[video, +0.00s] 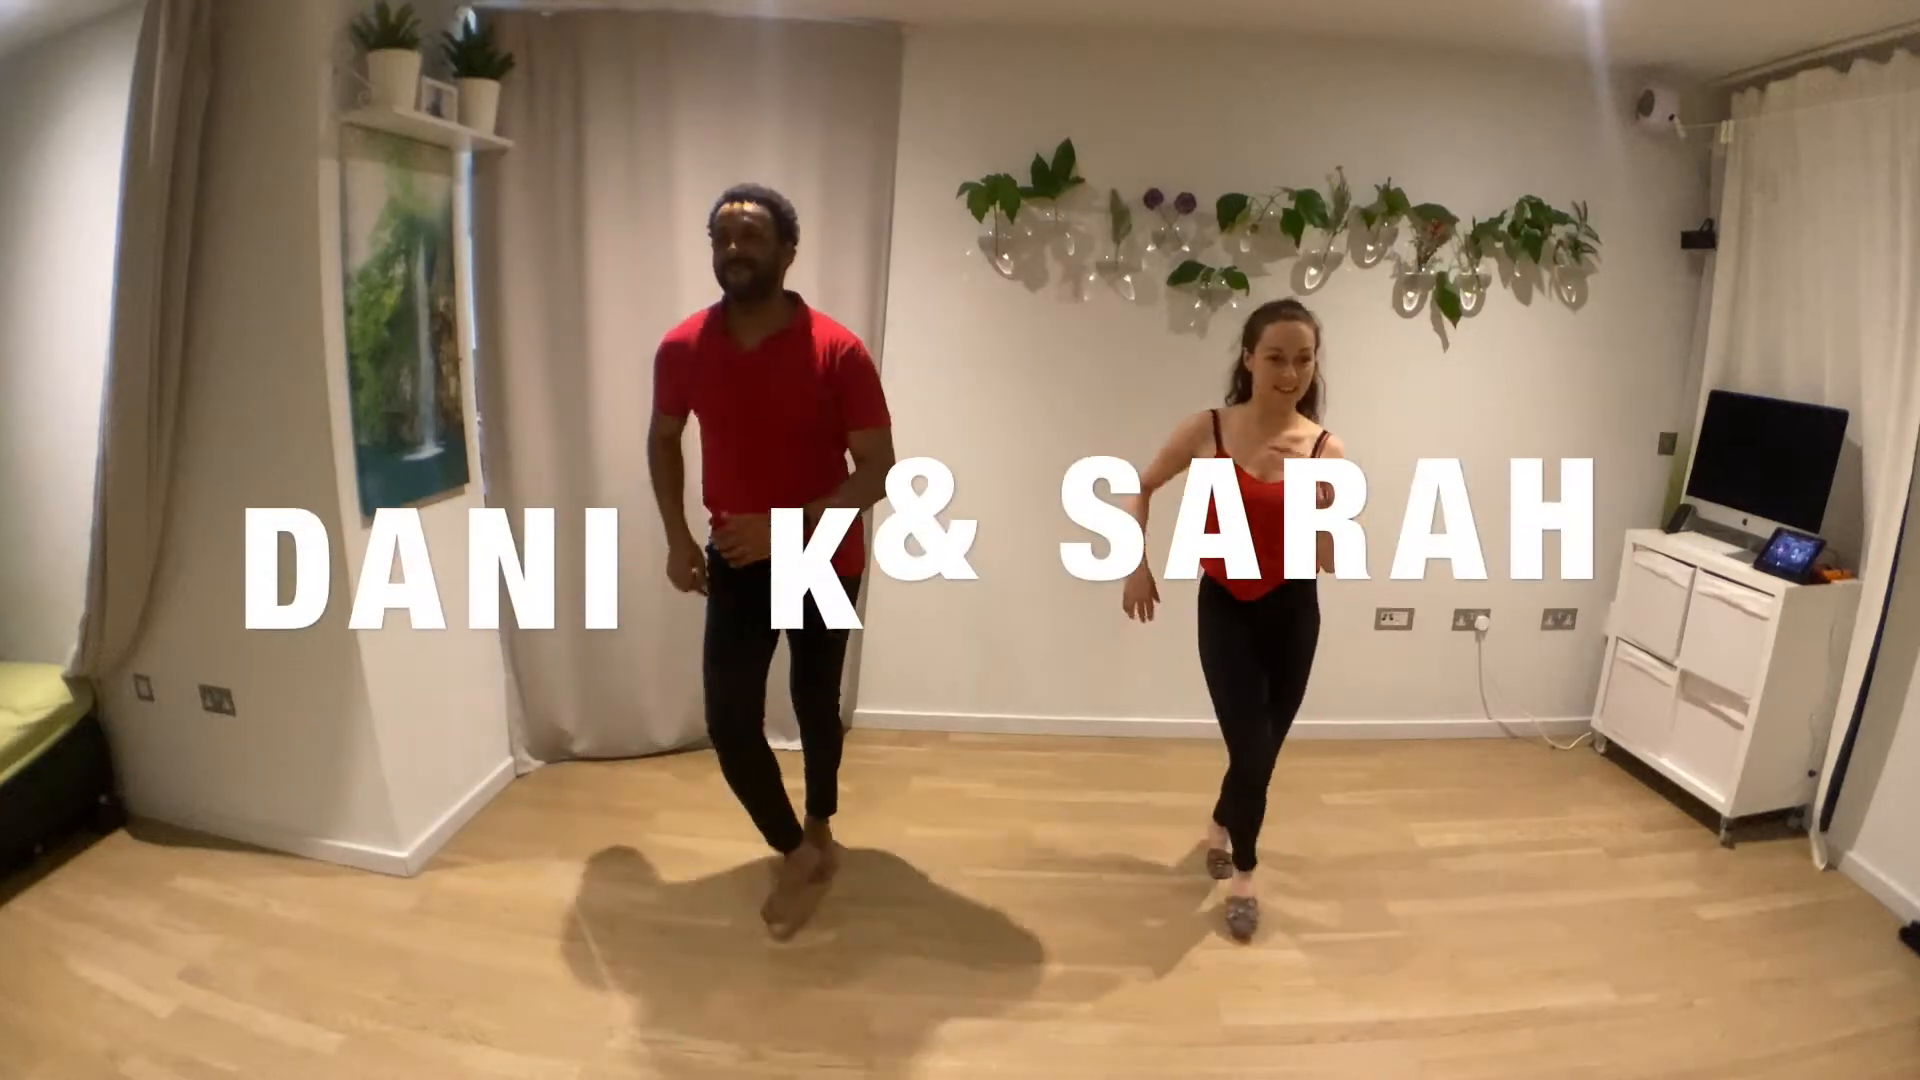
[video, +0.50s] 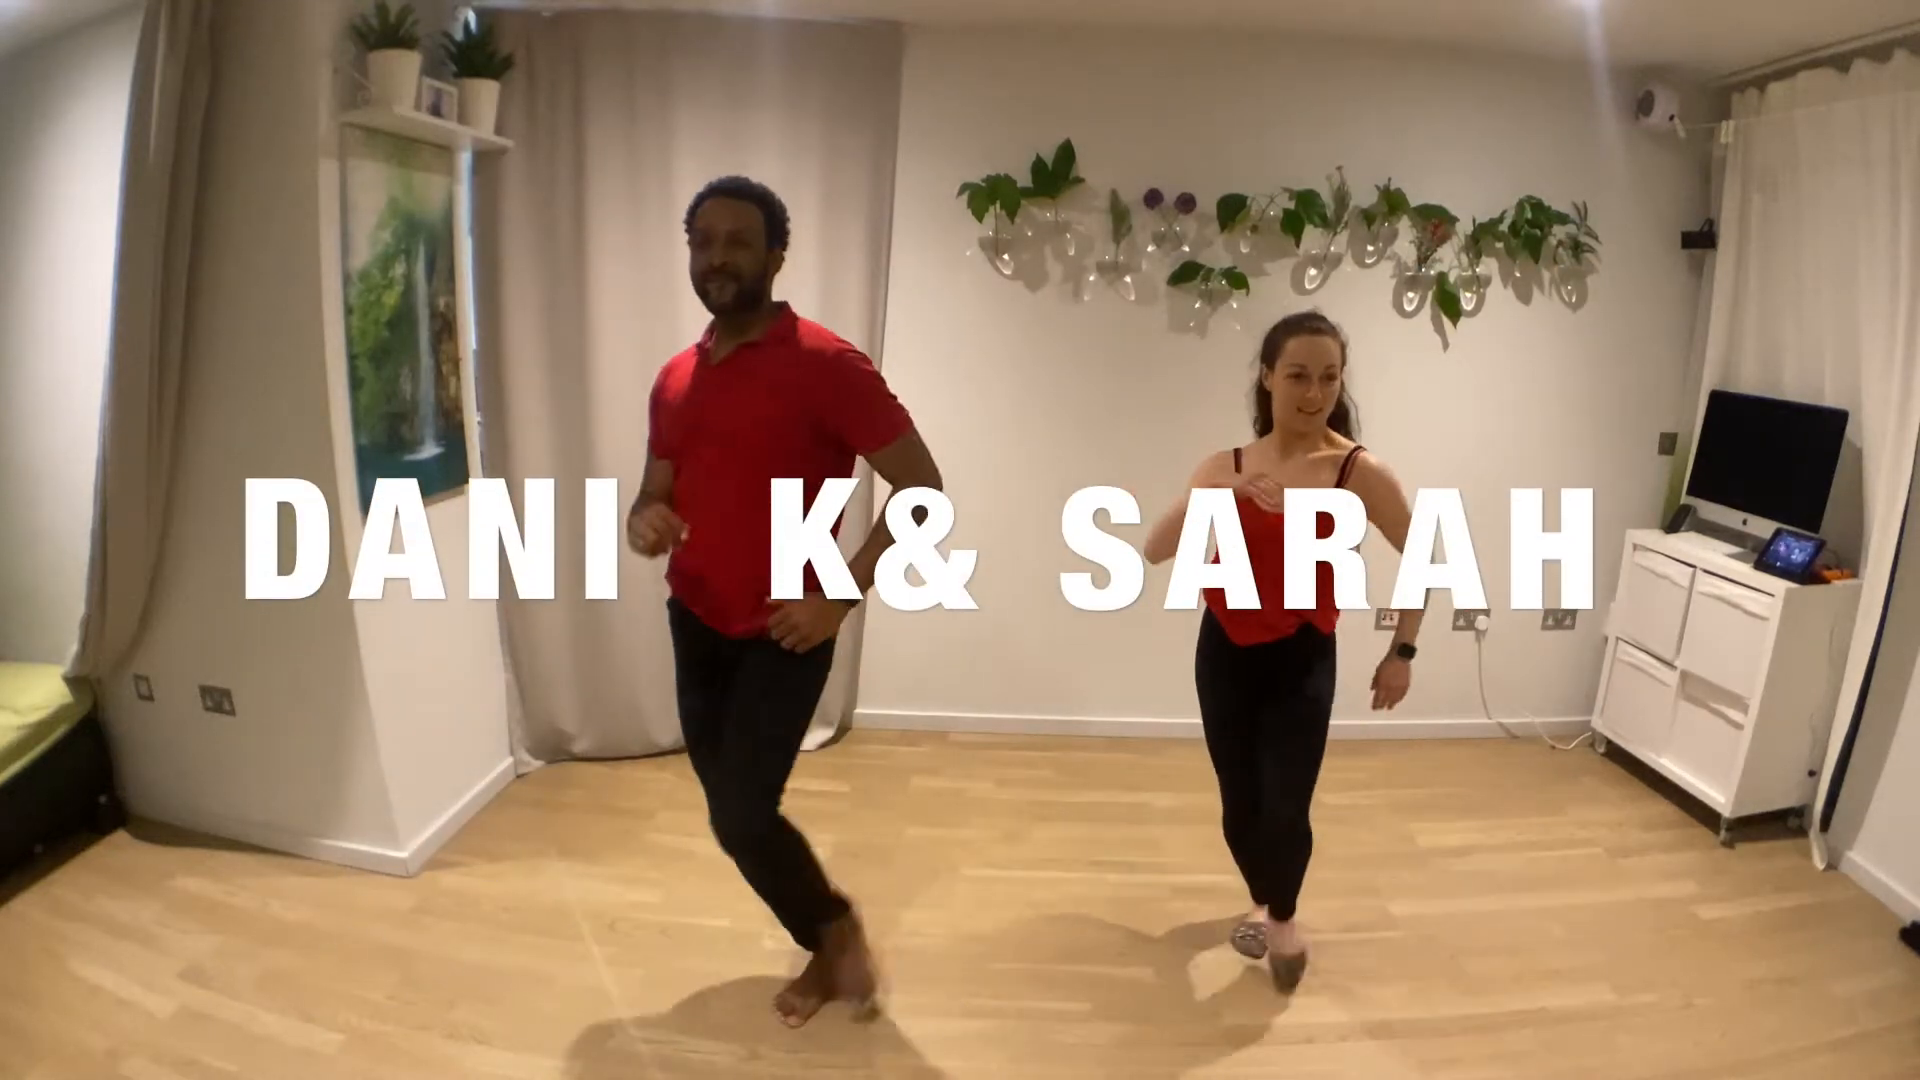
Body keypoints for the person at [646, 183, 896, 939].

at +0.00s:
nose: (731, 247)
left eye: (749, 236)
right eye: (722, 236)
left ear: (788, 250)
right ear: (709, 252)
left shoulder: (835, 351)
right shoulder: (685, 349)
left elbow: (877, 471)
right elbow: (664, 438)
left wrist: (781, 528)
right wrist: (679, 536)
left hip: (826, 552)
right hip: (739, 553)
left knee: (814, 699)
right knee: (730, 722)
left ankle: (818, 832)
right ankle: (798, 854)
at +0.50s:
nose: (716, 260)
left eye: (738, 244)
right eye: (701, 244)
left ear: (776, 255)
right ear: (687, 256)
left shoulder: (828, 366)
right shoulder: (677, 379)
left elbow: (920, 489)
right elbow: (654, 495)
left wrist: (841, 595)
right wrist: (649, 522)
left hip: (789, 630)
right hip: (699, 622)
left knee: (742, 814)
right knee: (734, 815)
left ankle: (836, 929)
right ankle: (825, 941)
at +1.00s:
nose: (666, 261)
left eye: (689, 246)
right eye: (652, 243)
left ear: (730, 262)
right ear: (634, 255)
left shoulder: (776, 395)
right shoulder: (612, 380)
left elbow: (839, 558)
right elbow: (610, 504)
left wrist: (784, 699)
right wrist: (594, 603)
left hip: (735, 671)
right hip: (639, 658)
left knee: (672, 874)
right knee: (619, 866)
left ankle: (699, 1059)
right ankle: (713, 898)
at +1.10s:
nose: (659, 257)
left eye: (683, 242)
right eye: (643, 239)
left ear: (721, 260)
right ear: (626, 252)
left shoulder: (770, 385)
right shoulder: (614, 374)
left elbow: (856, 535)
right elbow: (612, 488)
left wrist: (837, 681)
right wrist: (599, 580)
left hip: (738, 656)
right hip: (643, 649)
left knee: (673, 854)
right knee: (652, 842)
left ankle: (700, 1055)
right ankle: (695, 952)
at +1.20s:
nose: (659, 251)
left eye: (683, 235)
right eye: (642, 233)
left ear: (716, 252)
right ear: (621, 247)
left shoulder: (771, 371)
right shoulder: (606, 369)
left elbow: (867, 496)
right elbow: (608, 467)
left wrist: (861, 624)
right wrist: (583, 552)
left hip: (754, 635)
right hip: (657, 629)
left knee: (712, 831)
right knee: (666, 816)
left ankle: (716, 1036)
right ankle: (711, 905)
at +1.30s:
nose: (673, 259)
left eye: (694, 240)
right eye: (655, 239)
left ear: (726, 253)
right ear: (631, 253)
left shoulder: (790, 370)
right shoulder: (605, 373)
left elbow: (881, 473)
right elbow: (573, 465)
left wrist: (860, 547)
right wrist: (543, 542)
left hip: (773, 617)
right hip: (676, 613)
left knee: (739, 802)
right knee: (674, 799)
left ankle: (778, 952)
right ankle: (702, 909)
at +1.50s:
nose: (727, 280)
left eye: (745, 260)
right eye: (707, 261)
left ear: (775, 264)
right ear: (687, 269)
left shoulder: (807, 356)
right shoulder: (665, 370)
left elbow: (859, 480)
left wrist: (802, 401)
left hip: (797, 604)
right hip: (702, 607)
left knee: (865, 766)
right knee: (689, 783)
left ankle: (920, 903)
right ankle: (697, 910)